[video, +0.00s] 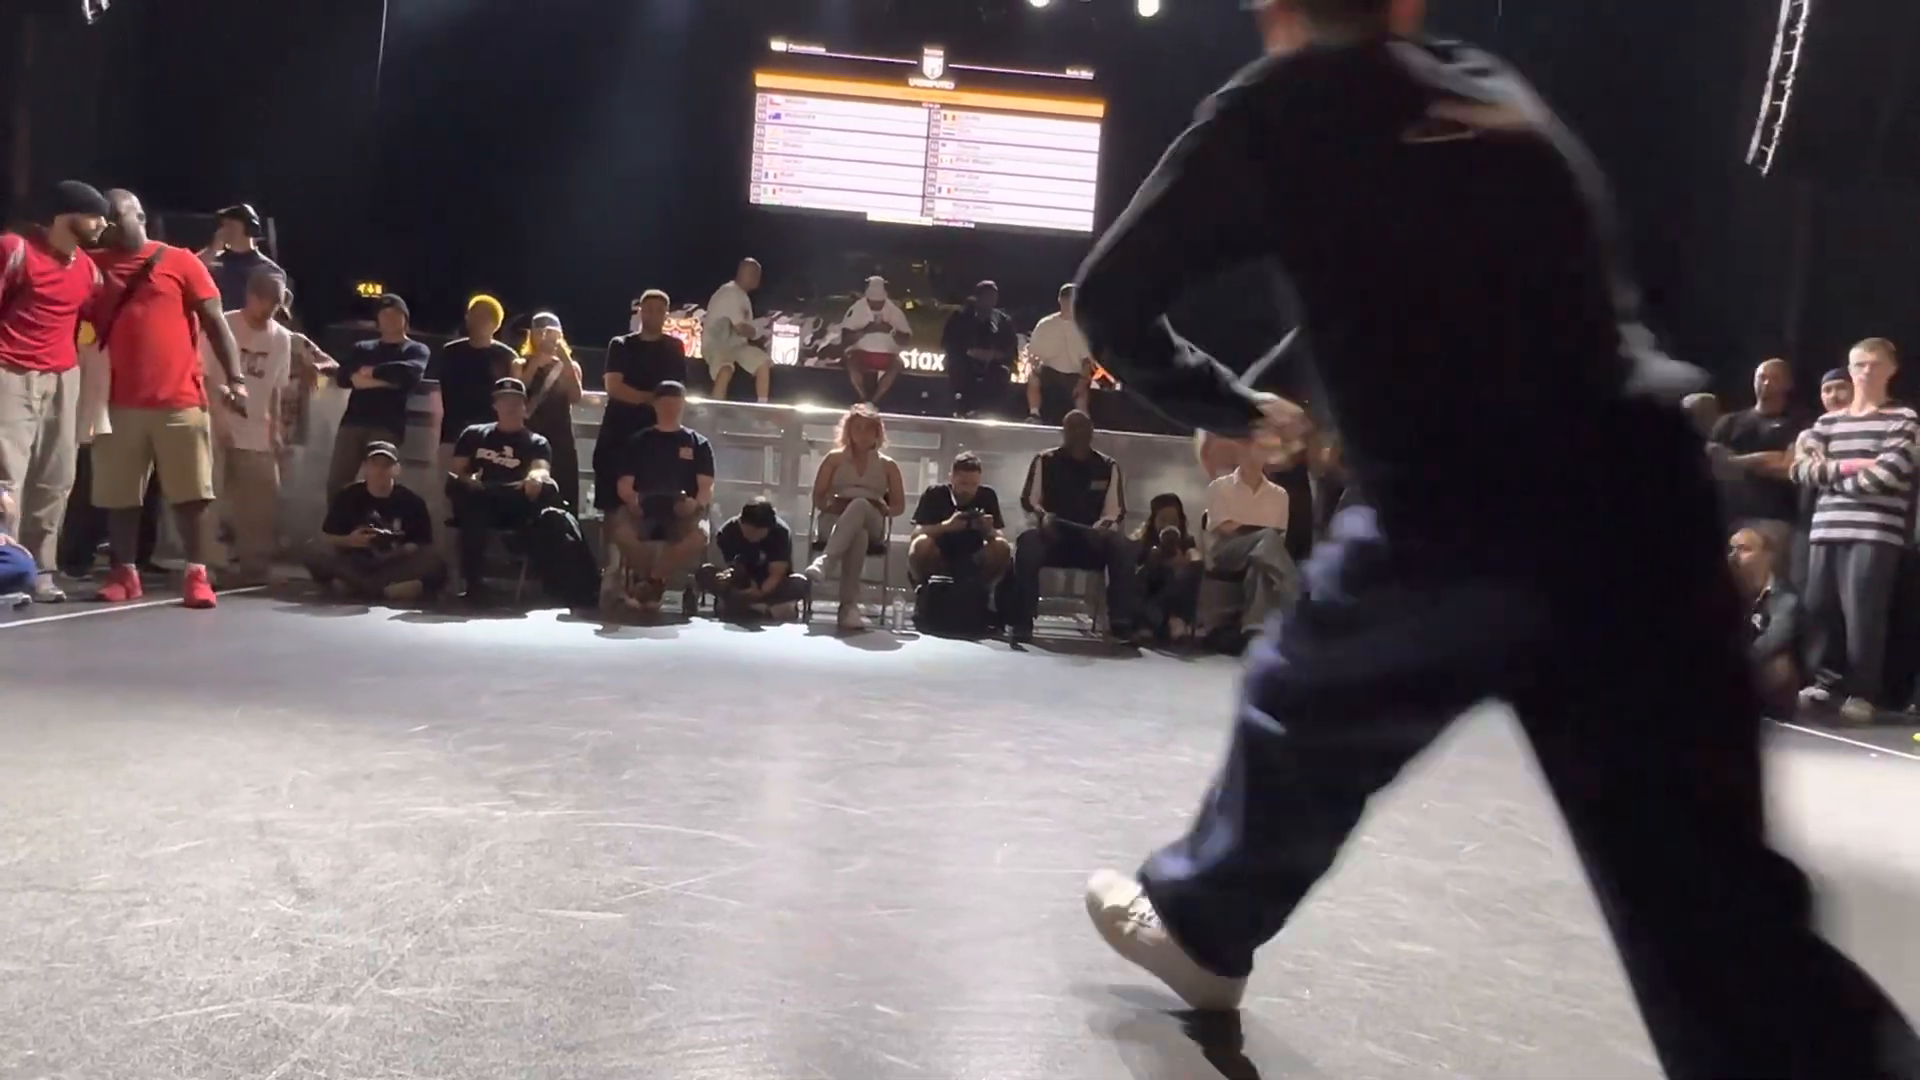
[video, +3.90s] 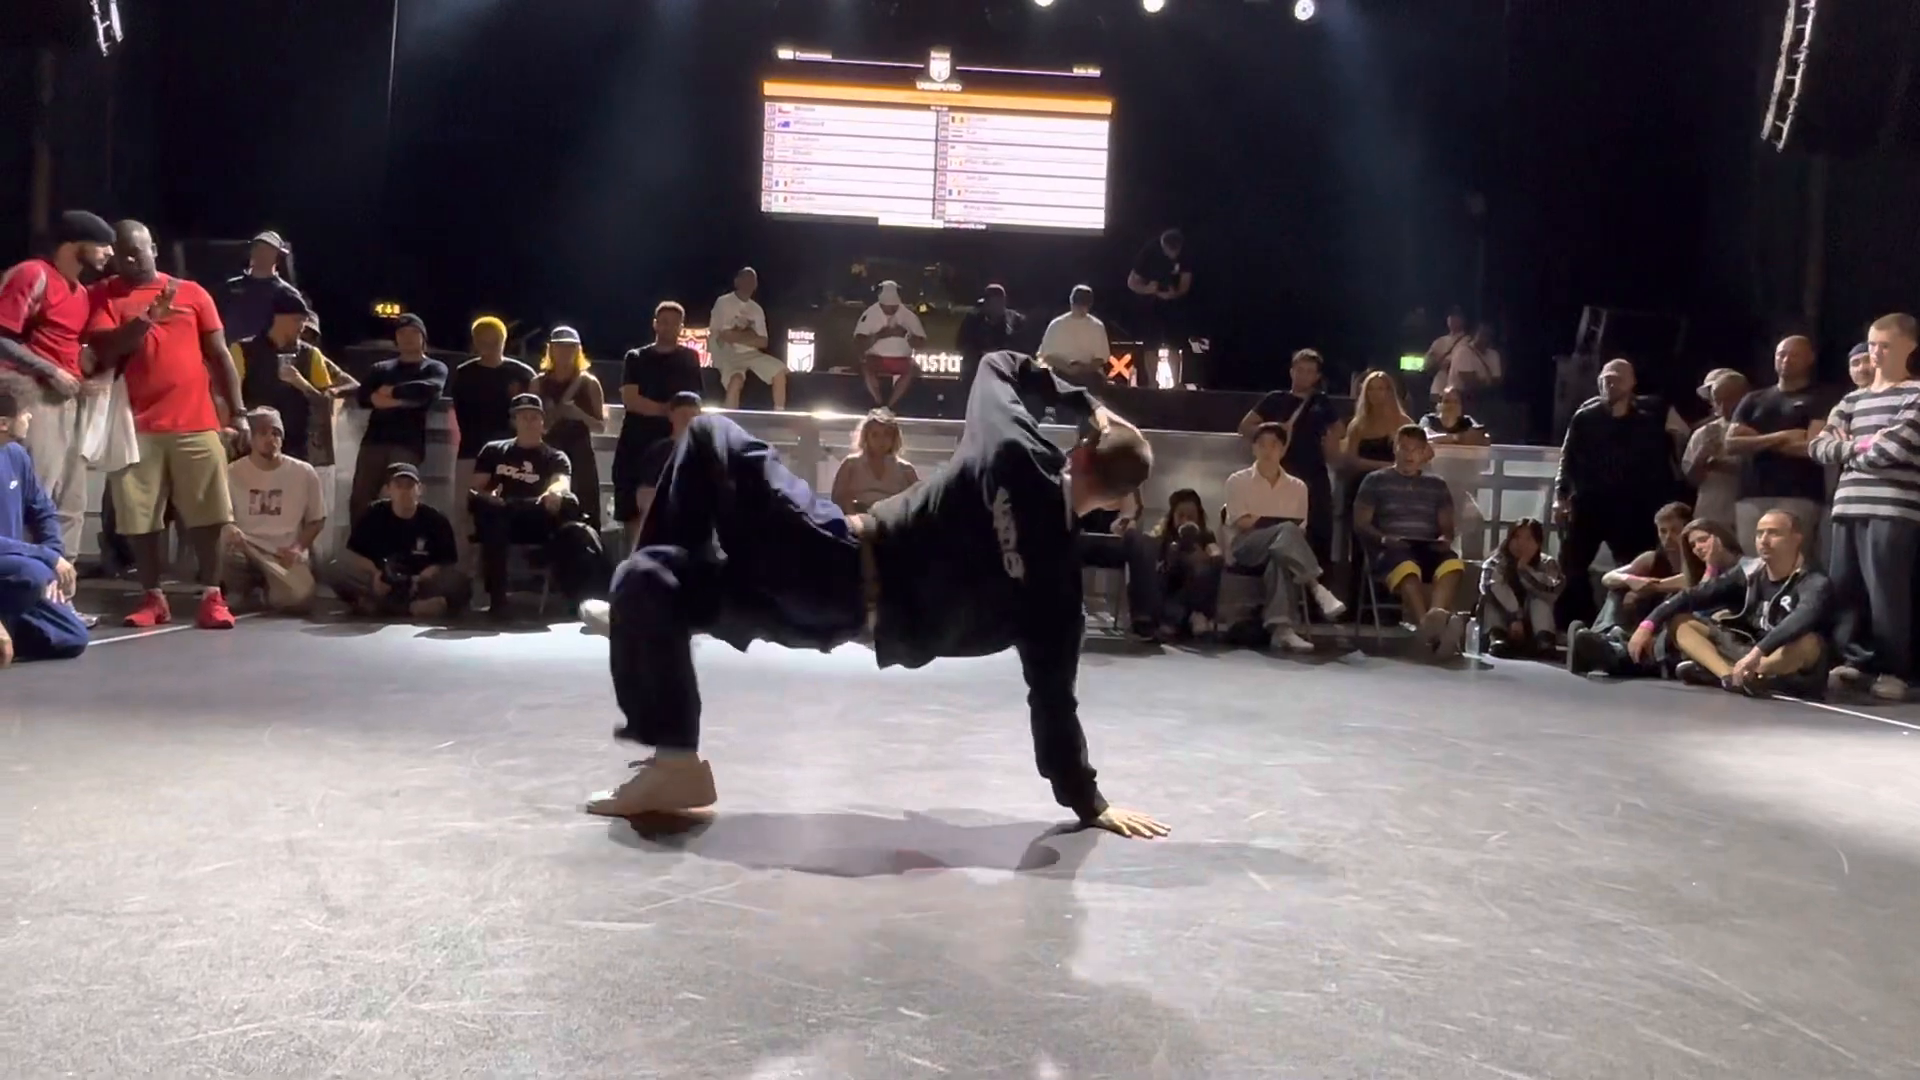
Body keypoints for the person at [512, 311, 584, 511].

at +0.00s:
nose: (547, 337)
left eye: (552, 331)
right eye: (541, 332)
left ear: (560, 335)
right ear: (532, 335)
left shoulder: (569, 366)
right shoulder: (521, 364)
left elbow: (575, 396)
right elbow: (515, 394)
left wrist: (564, 356)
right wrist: (535, 364)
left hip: (560, 436)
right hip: (529, 434)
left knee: (565, 495)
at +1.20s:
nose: (533, 362)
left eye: (538, 357)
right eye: (528, 357)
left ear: (546, 363)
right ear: (519, 363)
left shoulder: (554, 391)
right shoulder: (514, 390)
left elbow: (565, 397)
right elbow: (504, 397)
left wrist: (550, 361)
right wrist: (521, 360)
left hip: (550, 458)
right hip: (521, 459)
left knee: (558, 514)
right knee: (522, 512)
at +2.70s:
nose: (545, 361)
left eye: (551, 356)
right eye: (540, 356)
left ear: (560, 363)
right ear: (532, 362)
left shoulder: (571, 393)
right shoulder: (524, 393)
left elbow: (578, 418)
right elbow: (516, 422)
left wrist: (566, 384)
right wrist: (534, 386)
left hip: (563, 467)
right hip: (532, 468)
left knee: (570, 526)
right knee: (533, 526)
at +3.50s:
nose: (558, 356)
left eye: (563, 351)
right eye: (553, 350)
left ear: (572, 355)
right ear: (545, 354)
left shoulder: (584, 386)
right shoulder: (535, 384)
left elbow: (592, 427)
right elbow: (532, 426)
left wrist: (574, 409)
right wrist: (553, 411)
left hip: (574, 454)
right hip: (544, 453)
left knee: (581, 513)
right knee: (543, 512)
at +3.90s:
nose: (564, 352)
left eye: (570, 347)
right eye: (559, 346)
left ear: (577, 351)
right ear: (550, 349)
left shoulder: (589, 383)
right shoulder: (538, 382)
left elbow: (601, 426)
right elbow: (533, 425)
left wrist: (579, 414)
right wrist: (552, 416)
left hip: (579, 450)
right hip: (547, 449)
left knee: (585, 509)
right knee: (547, 509)